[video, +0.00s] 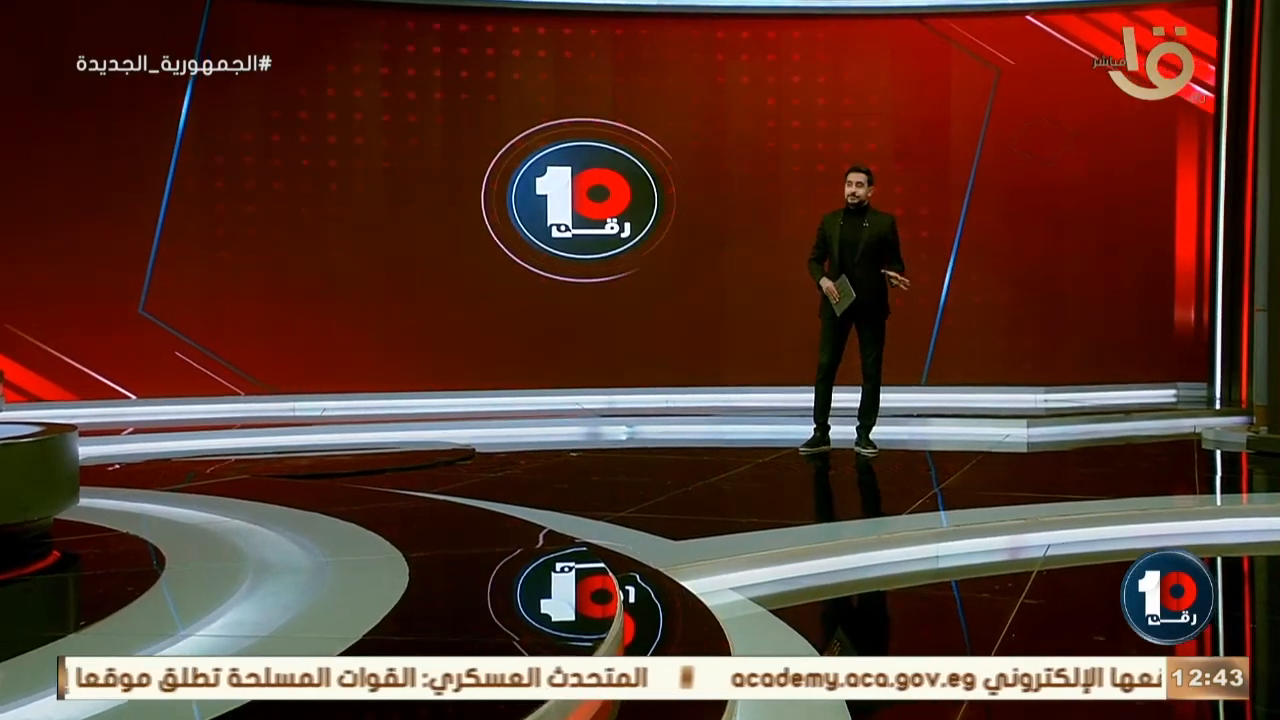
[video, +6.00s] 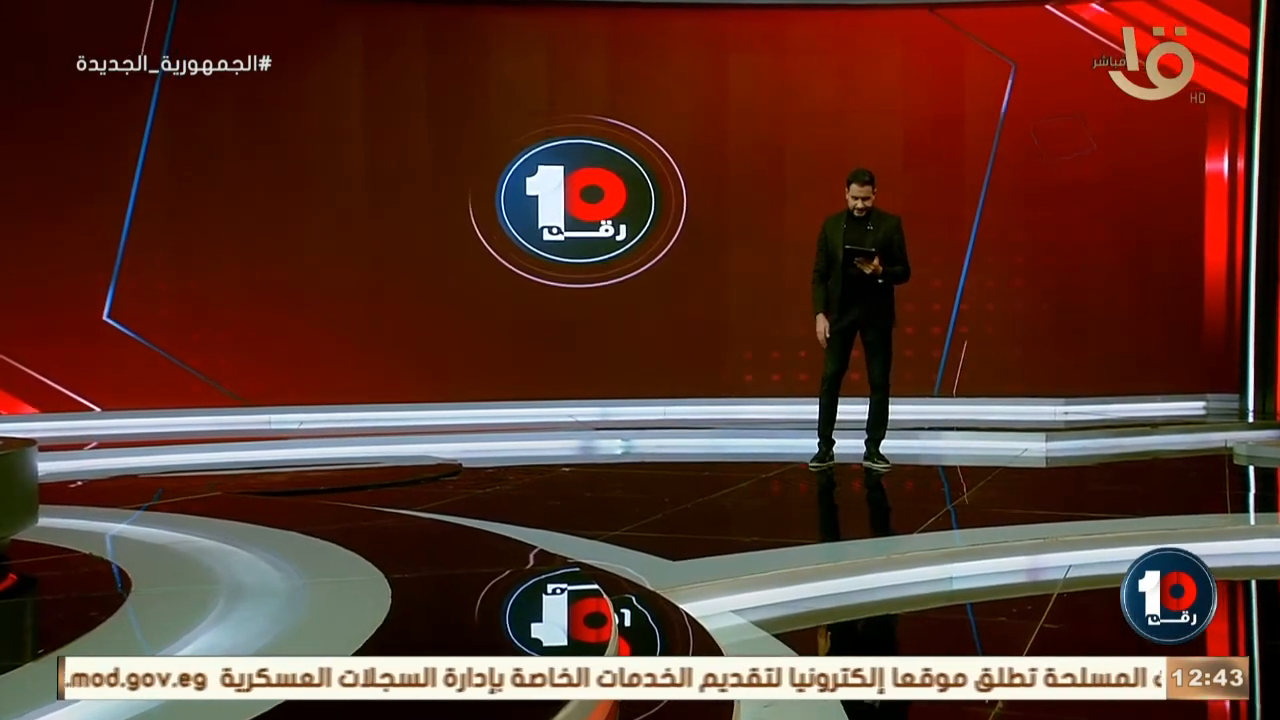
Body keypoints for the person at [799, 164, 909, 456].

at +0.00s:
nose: (853, 189)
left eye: (860, 185)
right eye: (849, 184)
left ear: (870, 190)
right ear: (843, 188)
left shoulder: (884, 222)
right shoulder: (830, 221)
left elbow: (895, 263)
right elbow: (815, 262)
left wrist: (894, 276)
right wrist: (822, 280)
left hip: (871, 307)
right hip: (836, 305)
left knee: (871, 373)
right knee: (825, 368)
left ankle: (864, 435)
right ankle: (820, 433)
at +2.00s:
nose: (857, 192)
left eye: (862, 186)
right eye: (852, 186)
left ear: (871, 190)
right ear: (844, 190)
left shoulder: (886, 223)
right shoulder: (830, 223)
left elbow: (896, 261)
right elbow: (812, 265)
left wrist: (903, 278)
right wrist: (825, 283)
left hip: (873, 308)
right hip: (836, 307)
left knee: (873, 376)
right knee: (826, 372)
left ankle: (868, 440)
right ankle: (819, 437)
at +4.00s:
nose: (840, 200)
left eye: (844, 194)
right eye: (834, 195)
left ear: (851, 194)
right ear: (824, 194)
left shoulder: (866, 223)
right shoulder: (810, 227)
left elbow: (883, 268)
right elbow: (797, 271)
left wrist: (868, 271)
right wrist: (815, 270)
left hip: (858, 312)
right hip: (822, 314)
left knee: (867, 378)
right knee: (819, 379)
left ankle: (871, 444)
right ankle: (821, 443)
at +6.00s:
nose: (860, 204)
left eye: (866, 198)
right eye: (855, 198)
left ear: (874, 196)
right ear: (846, 195)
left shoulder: (889, 225)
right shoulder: (833, 225)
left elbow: (903, 273)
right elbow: (820, 273)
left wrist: (880, 271)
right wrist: (820, 313)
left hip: (877, 316)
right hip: (840, 315)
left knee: (879, 383)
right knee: (830, 379)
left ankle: (873, 449)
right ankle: (824, 447)